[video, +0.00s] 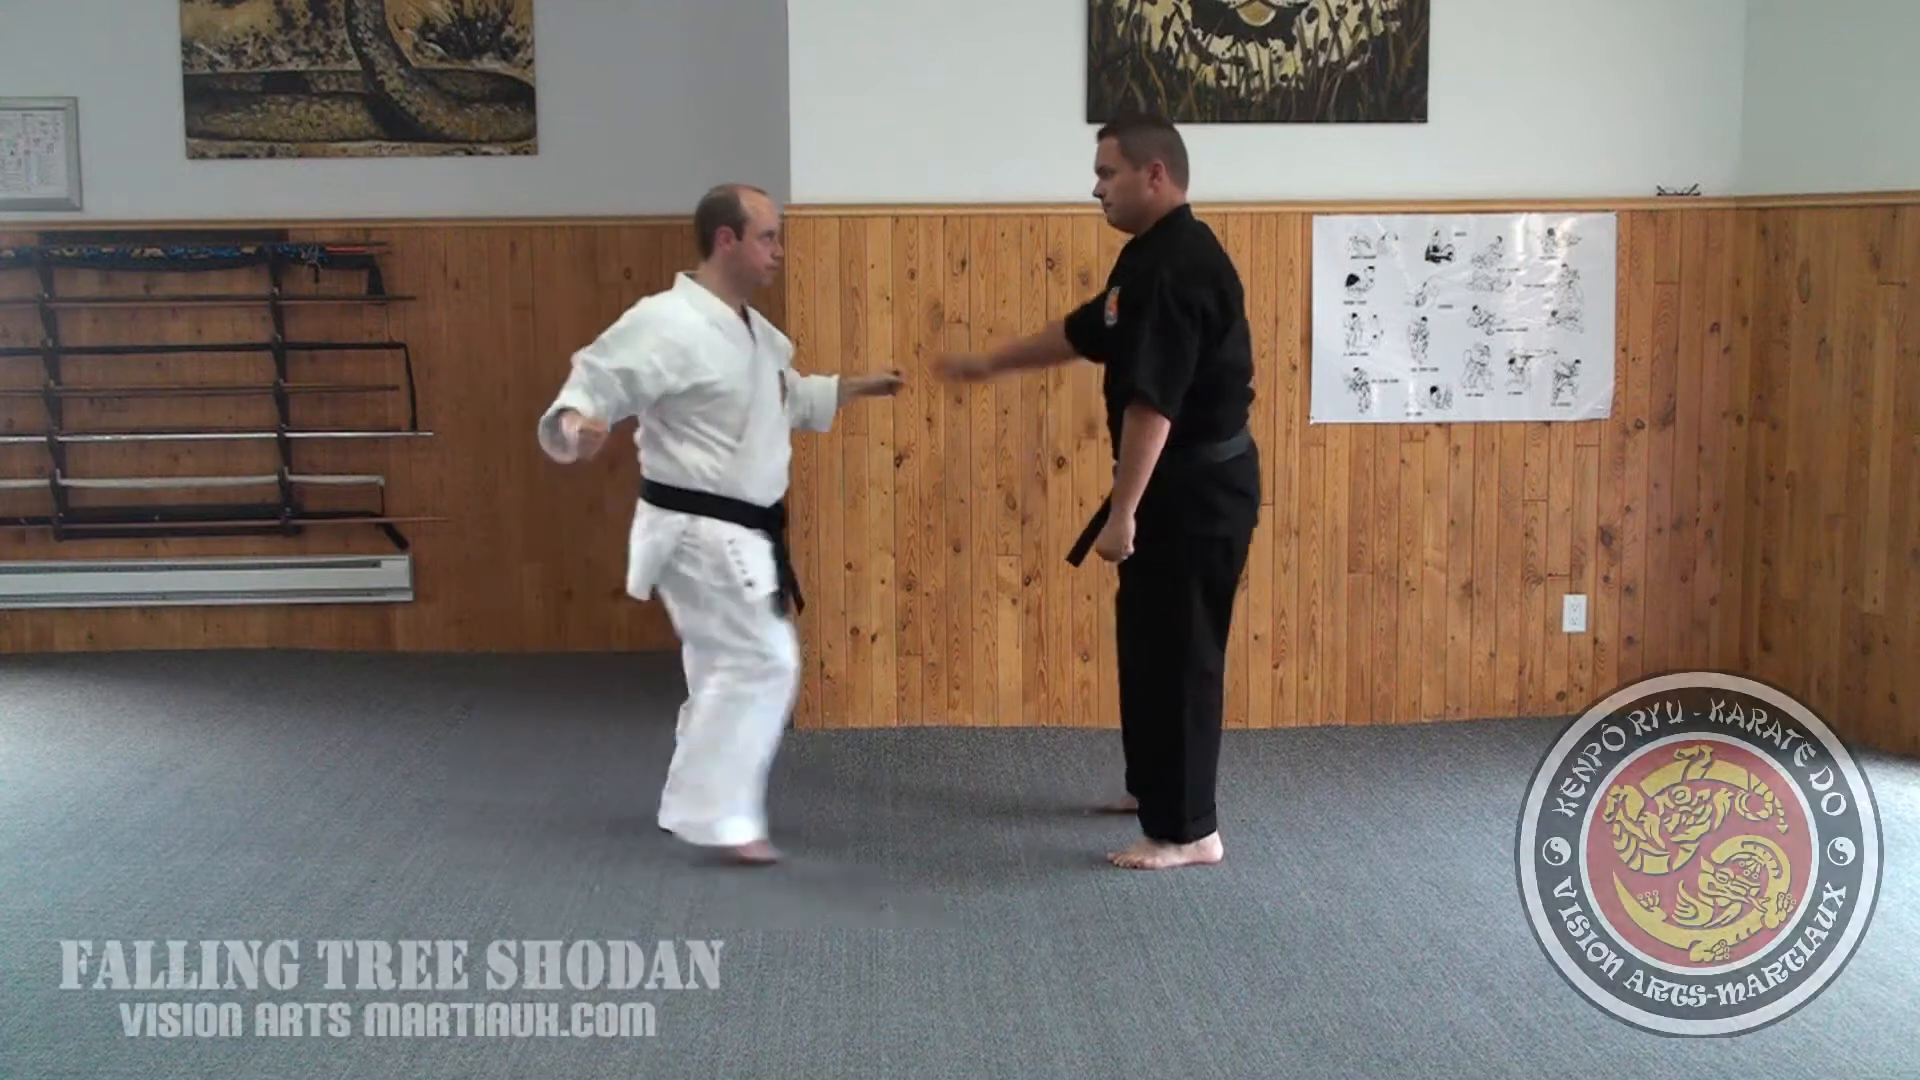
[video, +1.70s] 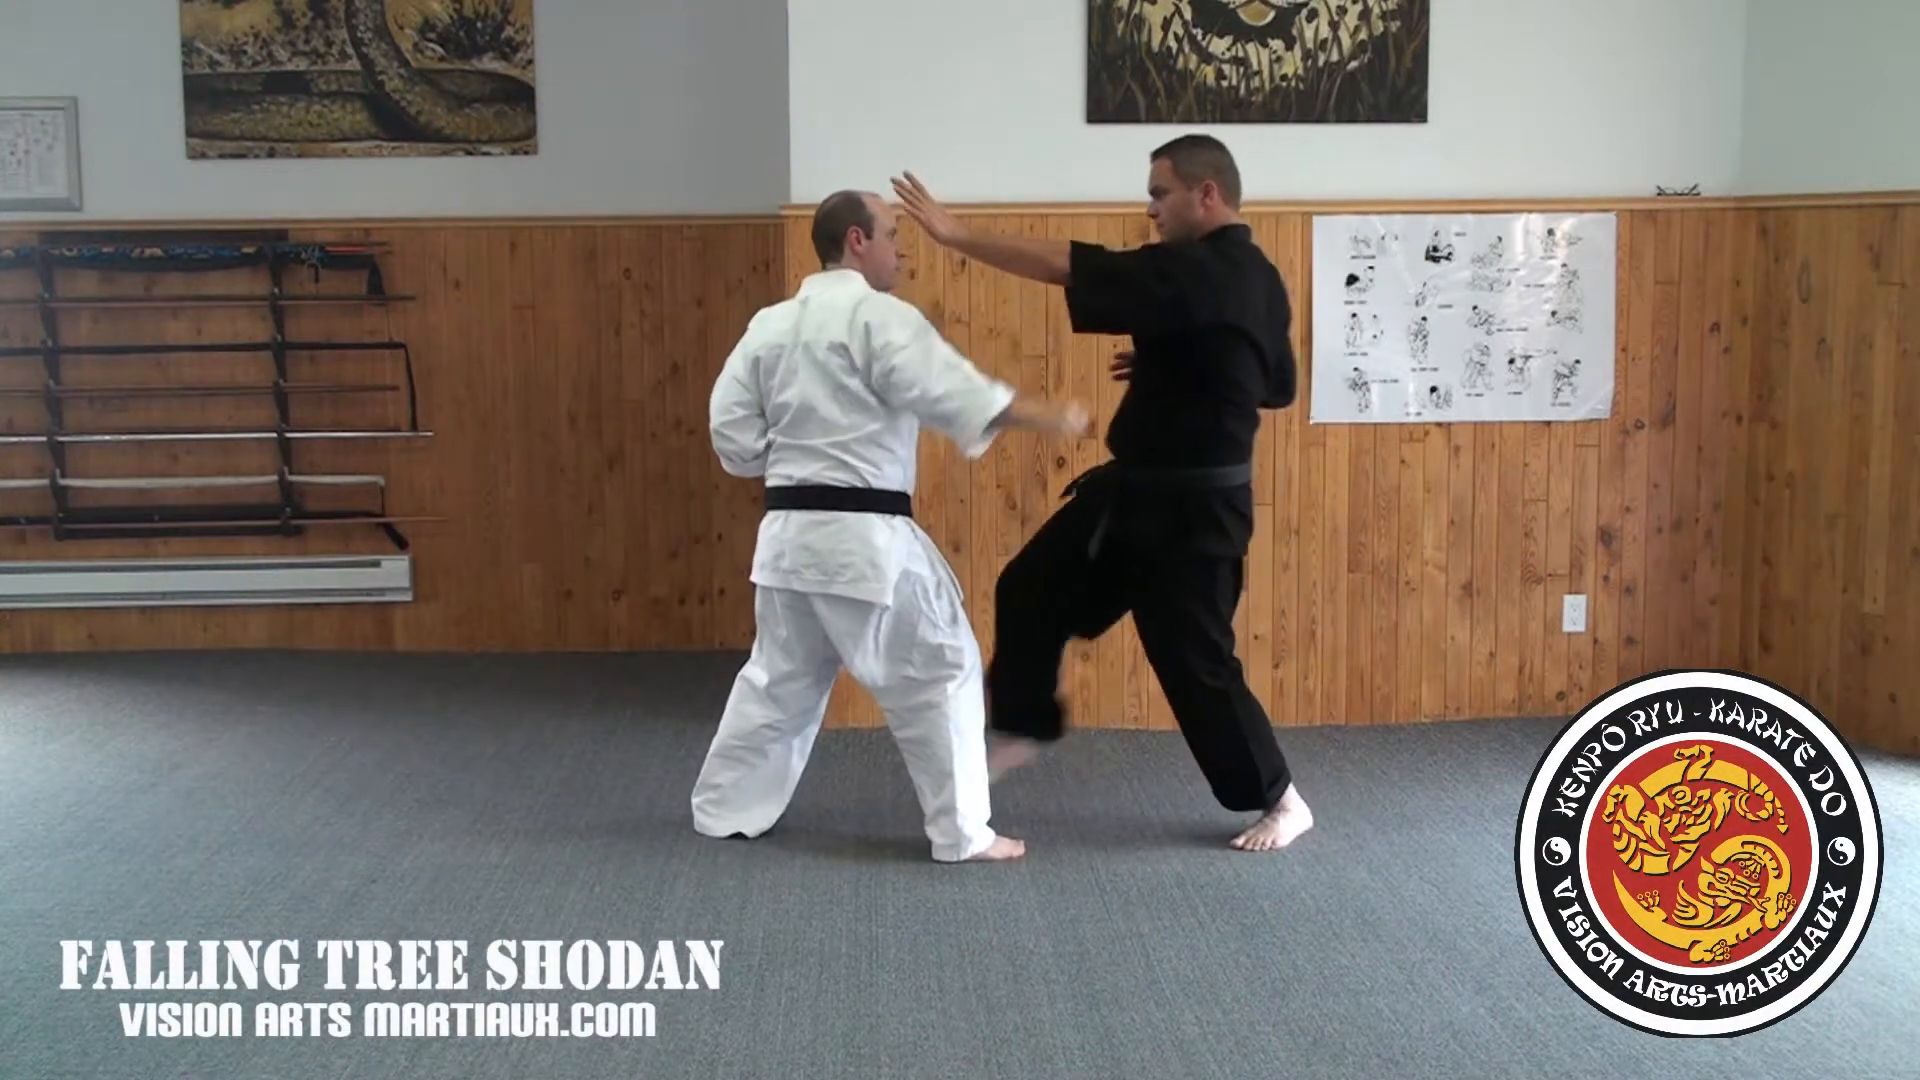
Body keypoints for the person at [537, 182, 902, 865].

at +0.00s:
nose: (779, 252)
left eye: (779, 239)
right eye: (768, 238)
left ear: (742, 243)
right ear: (725, 240)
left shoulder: (758, 334)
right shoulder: (665, 322)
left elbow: (788, 399)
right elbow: (585, 394)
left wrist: (856, 388)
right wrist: (572, 432)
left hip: (744, 527)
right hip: (697, 528)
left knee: (721, 672)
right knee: (766, 662)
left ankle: (695, 804)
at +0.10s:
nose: (807, 253)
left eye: (807, 240)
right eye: (796, 239)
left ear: (763, 243)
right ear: (756, 241)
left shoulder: (762, 324)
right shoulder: (707, 315)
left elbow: (778, 408)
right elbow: (623, 383)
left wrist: (850, 398)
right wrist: (651, 391)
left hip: (756, 528)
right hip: (733, 531)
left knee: (742, 679)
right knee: (816, 664)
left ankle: (693, 802)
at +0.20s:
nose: (836, 257)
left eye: (836, 244)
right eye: (826, 244)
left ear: (786, 249)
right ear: (784, 247)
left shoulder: (780, 318)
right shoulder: (746, 312)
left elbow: (769, 408)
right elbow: (705, 374)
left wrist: (840, 417)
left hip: (744, 531)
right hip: (776, 536)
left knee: (754, 687)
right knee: (860, 677)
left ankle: (691, 801)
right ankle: (940, 821)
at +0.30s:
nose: (862, 263)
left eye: (863, 250)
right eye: (853, 249)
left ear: (804, 255)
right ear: (815, 251)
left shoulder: (733, 342)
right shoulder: (808, 318)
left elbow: (735, 443)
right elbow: (837, 335)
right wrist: (900, 290)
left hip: (754, 542)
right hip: (825, 545)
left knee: (765, 679)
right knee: (909, 680)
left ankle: (693, 798)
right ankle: (958, 833)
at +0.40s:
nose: (893, 258)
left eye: (891, 244)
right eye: (884, 245)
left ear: (832, 249)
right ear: (847, 247)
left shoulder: (760, 333)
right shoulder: (870, 309)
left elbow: (727, 436)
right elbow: (957, 284)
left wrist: (784, 469)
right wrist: (1026, 238)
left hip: (777, 537)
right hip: (856, 540)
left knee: (782, 669)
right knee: (934, 672)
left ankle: (706, 797)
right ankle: (960, 832)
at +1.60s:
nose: (906, 252)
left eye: (905, 237)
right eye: (898, 238)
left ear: (837, 244)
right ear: (861, 241)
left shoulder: (772, 320)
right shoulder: (889, 310)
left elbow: (729, 421)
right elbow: (988, 336)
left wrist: (781, 466)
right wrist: (1078, 311)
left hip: (784, 533)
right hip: (869, 537)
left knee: (775, 675)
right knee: (937, 671)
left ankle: (721, 810)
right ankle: (962, 833)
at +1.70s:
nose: (902, 255)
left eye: (900, 239)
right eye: (893, 239)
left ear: (838, 246)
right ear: (857, 243)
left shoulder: (769, 324)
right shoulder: (881, 317)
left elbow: (732, 431)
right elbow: (954, 393)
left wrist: (789, 468)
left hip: (784, 536)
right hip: (868, 538)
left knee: (777, 677)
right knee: (939, 673)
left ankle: (720, 810)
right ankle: (961, 833)